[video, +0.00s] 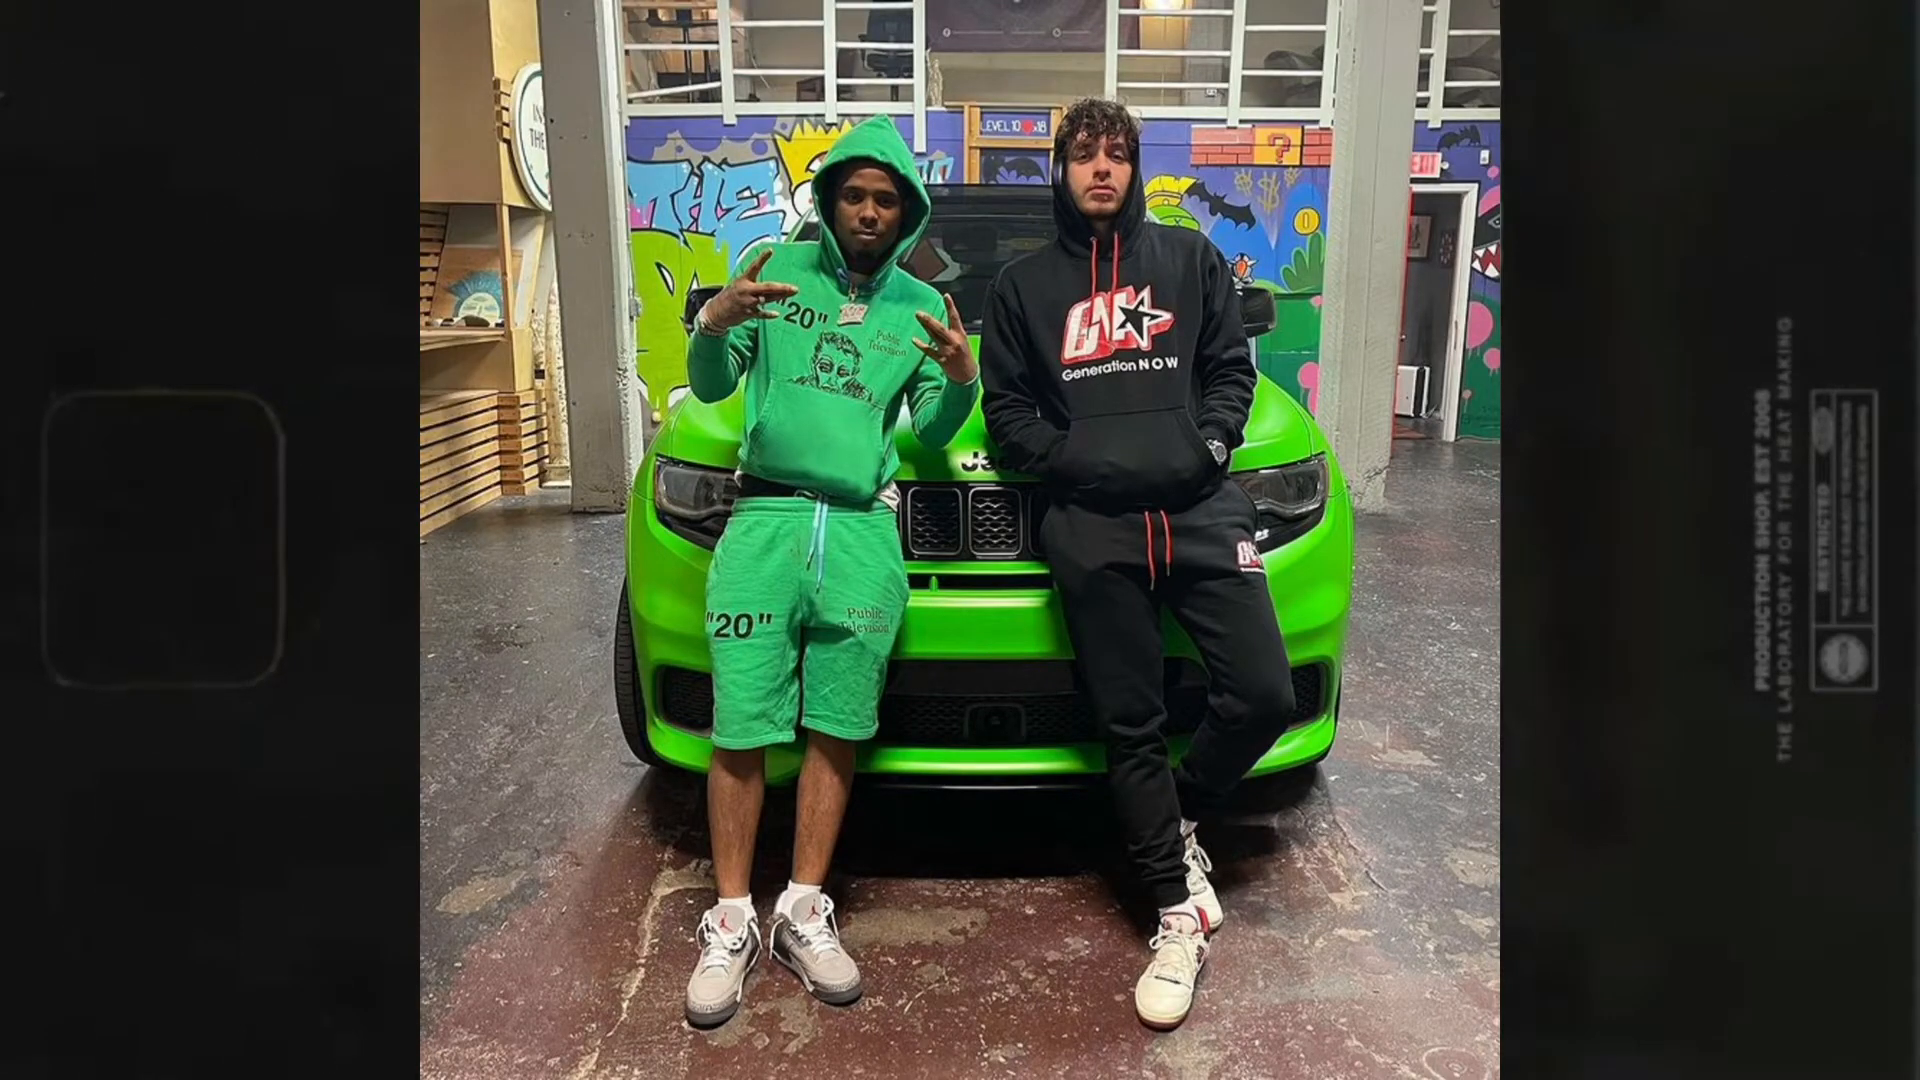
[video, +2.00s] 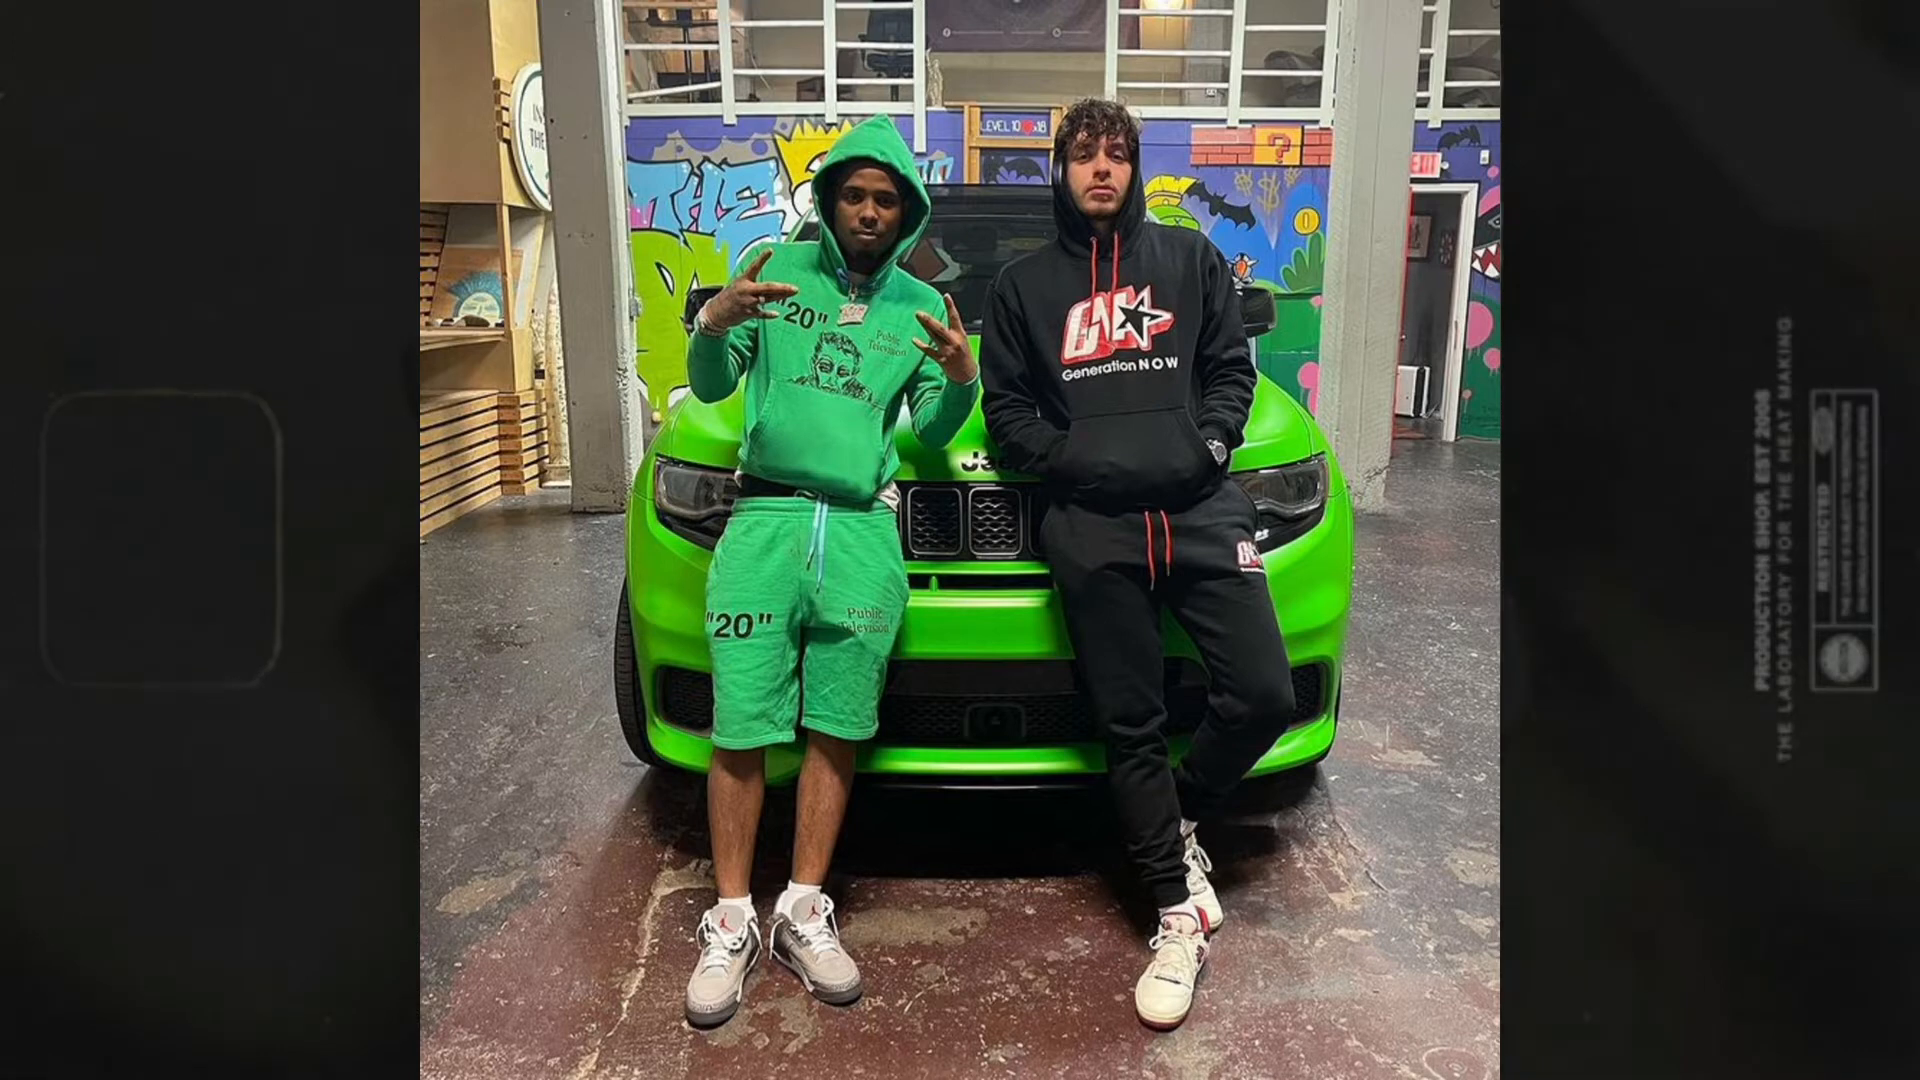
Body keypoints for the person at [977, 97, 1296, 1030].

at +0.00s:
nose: (1101, 171)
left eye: (1115, 159)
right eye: (1086, 159)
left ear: (1137, 170)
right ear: (1061, 172)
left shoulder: (1193, 257)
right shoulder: (1019, 281)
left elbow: (1232, 367)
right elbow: (1005, 405)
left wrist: (1208, 445)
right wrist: (1066, 456)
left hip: (1200, 502)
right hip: (1090, 513)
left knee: (1262, 693)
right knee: (1131, 719)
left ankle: (1179, 819)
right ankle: (1179, 917)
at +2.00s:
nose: (1102, 171)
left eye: (1115, 158)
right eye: (1087, 158)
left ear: (1137, 171)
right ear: (1061, 172)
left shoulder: (1191, 256)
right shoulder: (1017, 280)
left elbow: (1232, 363)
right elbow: (1003, 403)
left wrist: (1209, 444)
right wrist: (1065, 457)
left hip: (1200, 503)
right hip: (1091, 514)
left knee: (1262, 692)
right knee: (1131, 719)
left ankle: (1180, 818)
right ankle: (1179, 917)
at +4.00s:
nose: (1102, 171)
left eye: (1116, 158)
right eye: (1088, 158)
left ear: (1137, 171)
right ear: (1062, 171)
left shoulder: (1191, 256)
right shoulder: (1018, 280)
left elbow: (1232, 364)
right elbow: (1004, 403)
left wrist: (1209, 444)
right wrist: (1065, 457)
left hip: (1200, 503)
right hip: (1091, 514)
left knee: (1262, 693)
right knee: (1131, 718)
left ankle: (1179, 819)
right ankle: (1179, 916)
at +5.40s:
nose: (1102, 170)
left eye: (1115, 158)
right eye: (1087, 158)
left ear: (1137, 171)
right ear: (1061, 172)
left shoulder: (1191, 256)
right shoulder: (1017, 280)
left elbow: (1232, 363)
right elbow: (1003, 403)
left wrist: (1209, 444)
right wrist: (1065, 457)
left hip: (1200, 503)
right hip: (1091, 514)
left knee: (1262, 692)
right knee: (1131, 719)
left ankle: (1180, 818)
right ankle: (1179, 918)